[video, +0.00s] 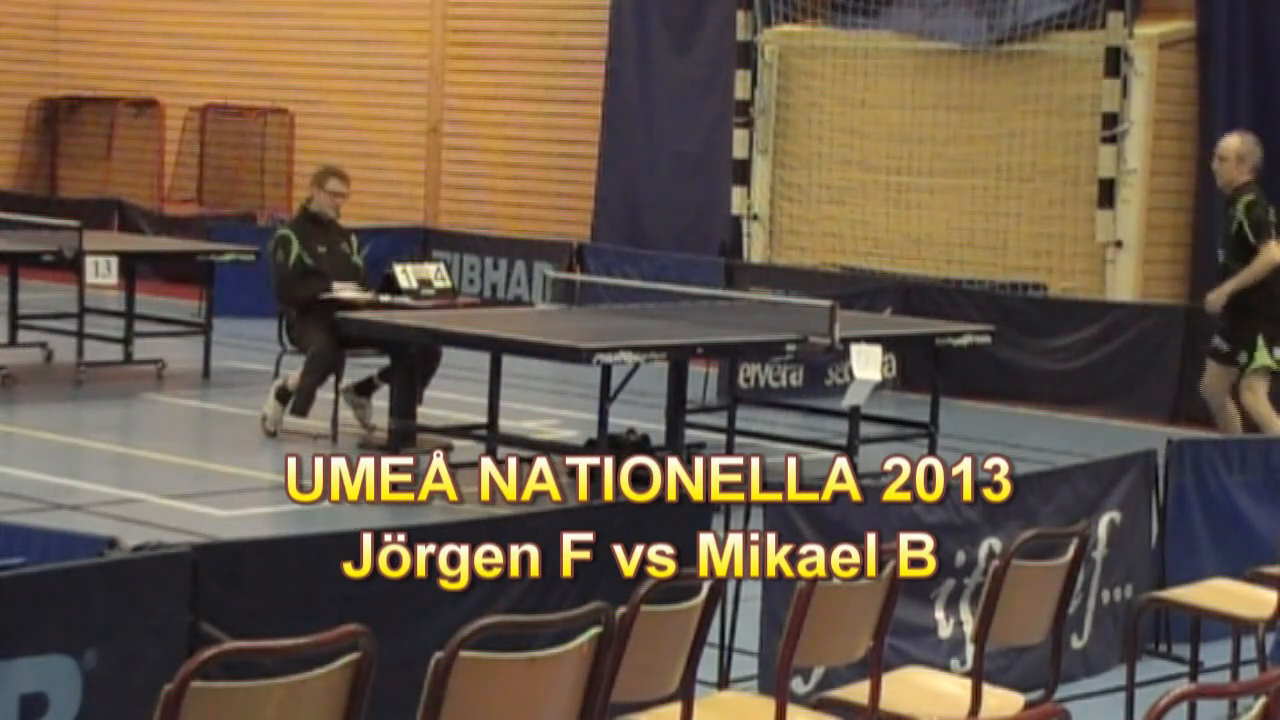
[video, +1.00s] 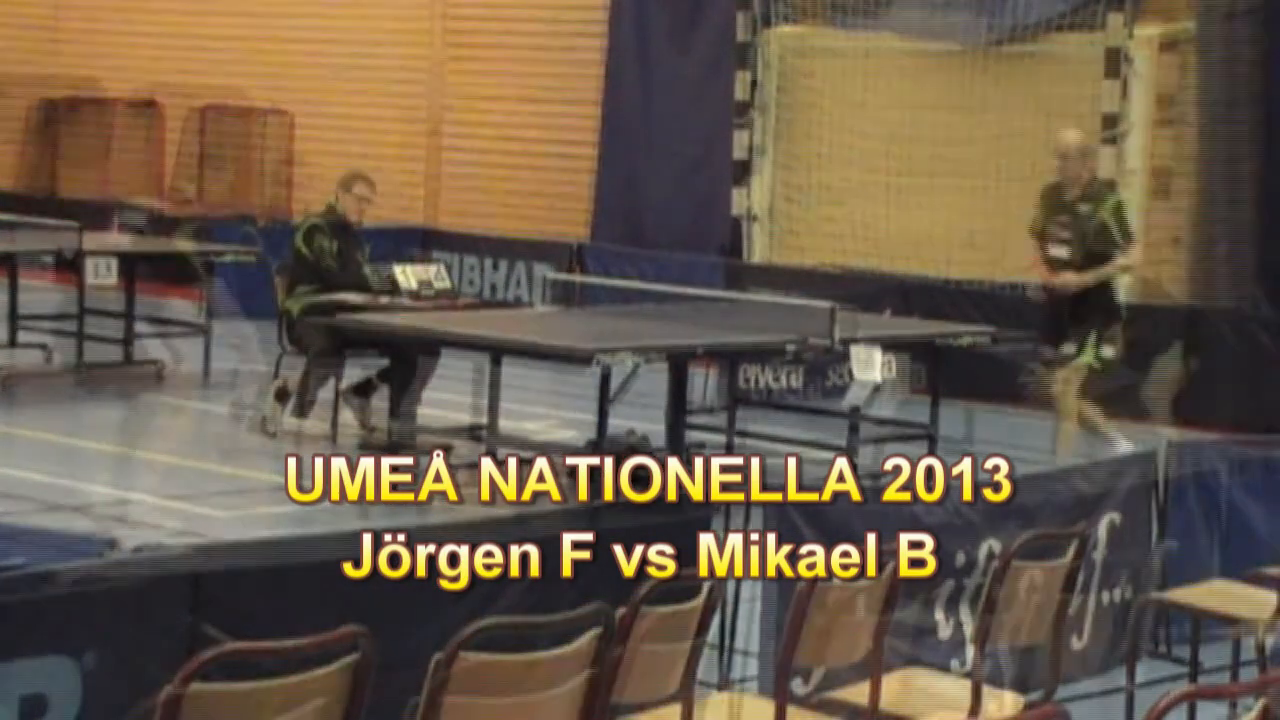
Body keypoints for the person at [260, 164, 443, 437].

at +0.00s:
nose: (339, 203)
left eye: (343, 197)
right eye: (333, 195)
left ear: (346, 198)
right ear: (314, 192)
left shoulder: (346, 236)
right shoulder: (290, 235)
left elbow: (360, 282)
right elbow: (287, 290)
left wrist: (366, 295)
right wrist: (331, 287)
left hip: (351, 318)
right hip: (310, 317)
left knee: (425, 351)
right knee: (328, 354)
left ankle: (362, 391)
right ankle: (283, 393)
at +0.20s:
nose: (348, 206)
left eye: (352, 200)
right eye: (344, 197)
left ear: (353, 201)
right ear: (325, 192)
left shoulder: (348, 237)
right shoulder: (297, 233)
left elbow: (361, 280)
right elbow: (307, 283)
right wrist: (354, 277)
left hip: (350, 313)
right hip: (309, 313)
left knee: (425, 351)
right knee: (327, 355)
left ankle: (361, 391)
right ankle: (283, 392)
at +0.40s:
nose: (356, 208)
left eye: (360, 203)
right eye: (351, 199)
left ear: (363, 204)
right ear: (332, 193)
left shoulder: (351, 237)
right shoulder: (305, 229)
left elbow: (360, 281)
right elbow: (324, 278)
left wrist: (391, 281)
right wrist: (369, 281)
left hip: (351, 314)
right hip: (310, 313)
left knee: (426, 351)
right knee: (328, 355)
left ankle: (361, 391)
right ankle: (283, 393)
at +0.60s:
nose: (362, 210)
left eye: (366, 204)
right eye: (357, 201)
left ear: (368, 205)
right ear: (339, 194)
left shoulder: (354, 238)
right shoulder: (312, 228)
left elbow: (363, 282)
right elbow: (334, 277)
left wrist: (398, 280)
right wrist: (377, 283)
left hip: (350, 313)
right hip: (310, 312)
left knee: (425, 350)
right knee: (328, 354)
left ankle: (361, 391)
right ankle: (283, 392)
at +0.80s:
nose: (363, 211)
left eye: (369, 205)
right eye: (359, 202)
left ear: (371, 207)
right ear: (341, 196)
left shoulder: (357, 239)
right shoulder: (313, 229)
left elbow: (360, 283)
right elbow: (335, 277)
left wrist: (396, 283)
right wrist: (379, 285)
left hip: (349, 315)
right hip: (310, 314)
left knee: (424, 349)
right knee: (328, 356)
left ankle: (361, 393)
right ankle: (283, 394)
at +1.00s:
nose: (363, 208)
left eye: (367, 202)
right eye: (358, 199)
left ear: (370, 204)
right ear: (340, 195)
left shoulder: (355, 238)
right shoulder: (313, 229)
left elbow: (365, 281)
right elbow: (334, 276)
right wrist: (371, 286)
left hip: (350, 318)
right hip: (310, 316)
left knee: (419, 350)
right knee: (328, 349)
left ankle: (362, 391)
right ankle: (299, 395)